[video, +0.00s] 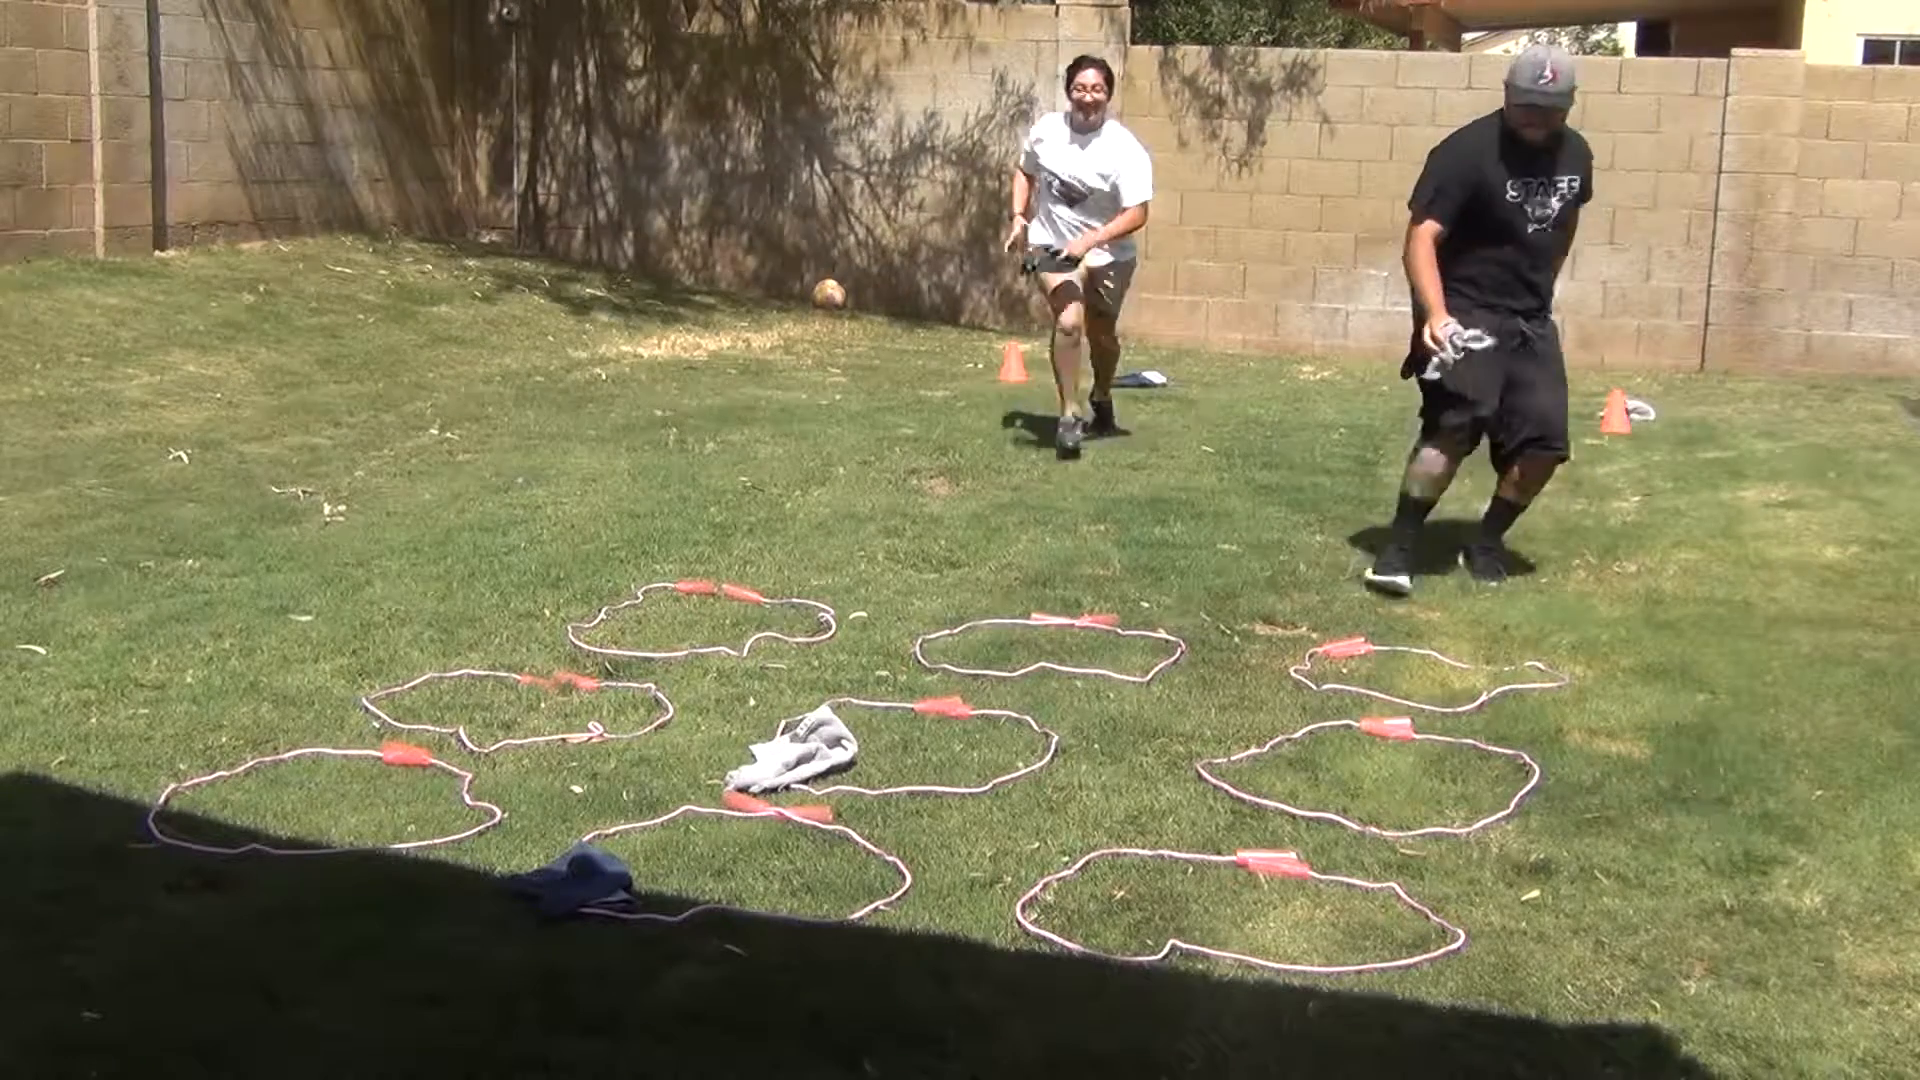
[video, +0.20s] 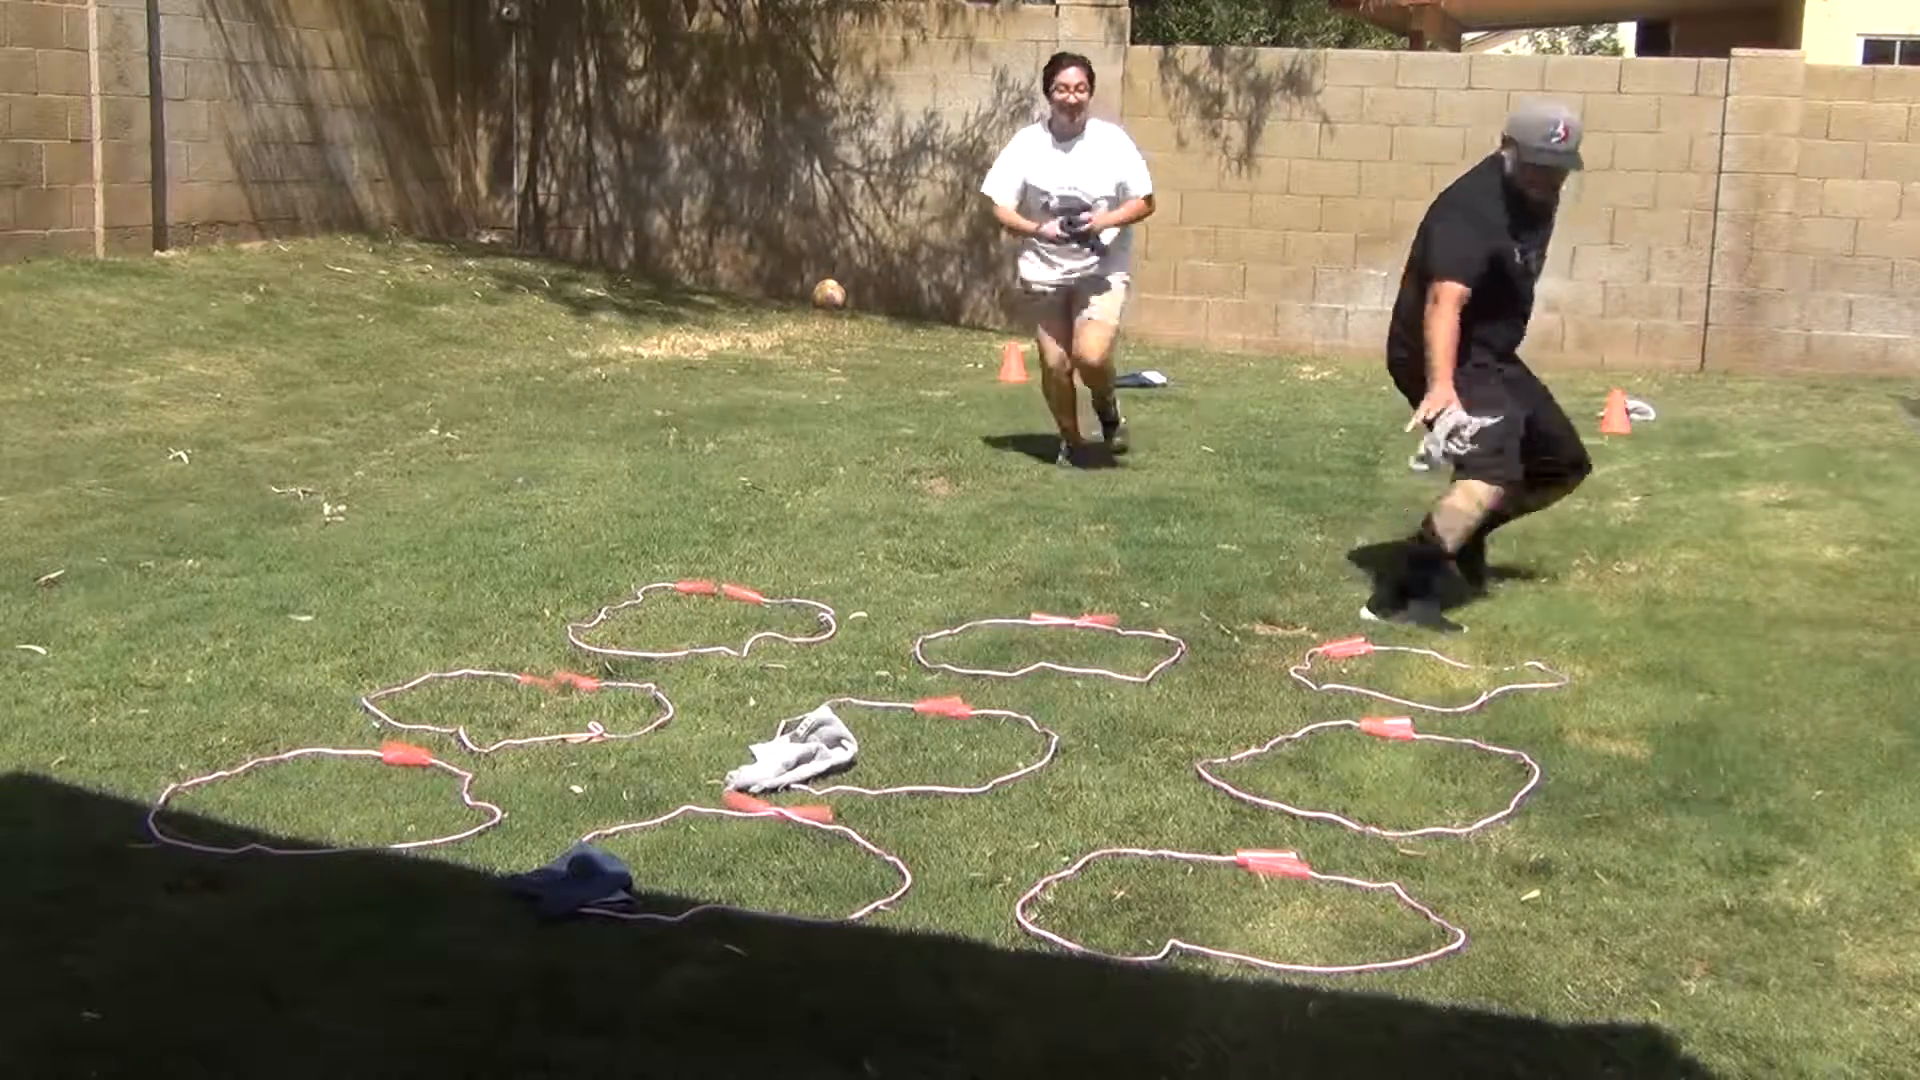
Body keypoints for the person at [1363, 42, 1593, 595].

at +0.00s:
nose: (1532, 119)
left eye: (1546, 110)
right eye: (1523, 107)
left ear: (1567, 106)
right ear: (1506, 98)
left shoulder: (1574, 156)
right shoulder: (1464, 152)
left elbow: (1563, 234)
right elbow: (1420, 238)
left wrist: (1538, 294)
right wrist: (1434, 312)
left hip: (1532, 318)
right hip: (1464, 312)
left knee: (1544, 442)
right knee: (1457, 423)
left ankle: (1486, 543)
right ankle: (1399, 547)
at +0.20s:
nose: (1548, 181)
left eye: (1558, 171)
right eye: (1537, 168)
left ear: (1569, 164)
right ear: (1509, 154)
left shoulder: (1539, 195)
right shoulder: (1472, 207)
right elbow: (1443, 301)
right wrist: (1441, 386)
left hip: (1492, 354)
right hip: (1443, 359)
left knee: (1562, 466)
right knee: (1493, 471)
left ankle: (1463, 533)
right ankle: (1404, 589)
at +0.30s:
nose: (1570, 205)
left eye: (1579, 196)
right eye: (1562, 193)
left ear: (1590, 180)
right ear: (1529, 169)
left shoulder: (1530, 207)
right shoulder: (1494, 219)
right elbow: (1457, 315)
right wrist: (1455, 408)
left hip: (1475, 351)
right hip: (1428, 358)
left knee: (1548, 457)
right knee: (1496, 473)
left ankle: (1429, 541)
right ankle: (1403, 596)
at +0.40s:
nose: (1598, 210)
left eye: (1605, 202)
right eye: (1595, 198)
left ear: (1564, 167)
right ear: (1563, 173)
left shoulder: (1529, 168)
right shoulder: (1511, 223)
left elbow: (1488, 165)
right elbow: (1480, 332)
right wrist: (1492, 433)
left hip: (1448, 331)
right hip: (1418, 342)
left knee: (1526, 437)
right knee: (1491, 463)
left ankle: (1412, 531)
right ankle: (1410, 590)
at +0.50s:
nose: (1627, 204)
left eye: (1633, 195)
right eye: (1630, 192)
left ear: (1589, 167)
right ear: (1605, 180)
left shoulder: (1532, 163)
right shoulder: (1539, 225)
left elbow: (1480, 162)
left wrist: (1456, 235)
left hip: (1442, 314)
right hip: (1423, 327)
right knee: (1489, 466)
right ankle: (1403, 593)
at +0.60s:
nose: (1628, 201)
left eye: (1635, 191)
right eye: (1632, 189)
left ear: (1585, 159)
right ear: (1617, 180)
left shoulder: (1524, 172)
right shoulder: (1570, 238)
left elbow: (1457, 175)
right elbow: (1578, 352)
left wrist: (1452, 240)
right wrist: (1623, 428)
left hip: (1411, 311)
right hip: (1447, 336)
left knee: (1464, 426)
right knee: (1497, 469)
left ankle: (1458, 524)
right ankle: (1407, 589)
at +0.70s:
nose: (1624, 187)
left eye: (1629, 178)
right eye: (1629, 177)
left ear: (1574, 149)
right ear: (1622, 167)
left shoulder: (1513, 173)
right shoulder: (1606, 224)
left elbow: (1429, 191)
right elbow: (1626, 330)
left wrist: (1428, 279)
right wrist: (1642, 390)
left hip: (1411, 323)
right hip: (1474, 340)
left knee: (1468, 420)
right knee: (1487, 471)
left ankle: (1474, 529)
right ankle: (1408, 589)